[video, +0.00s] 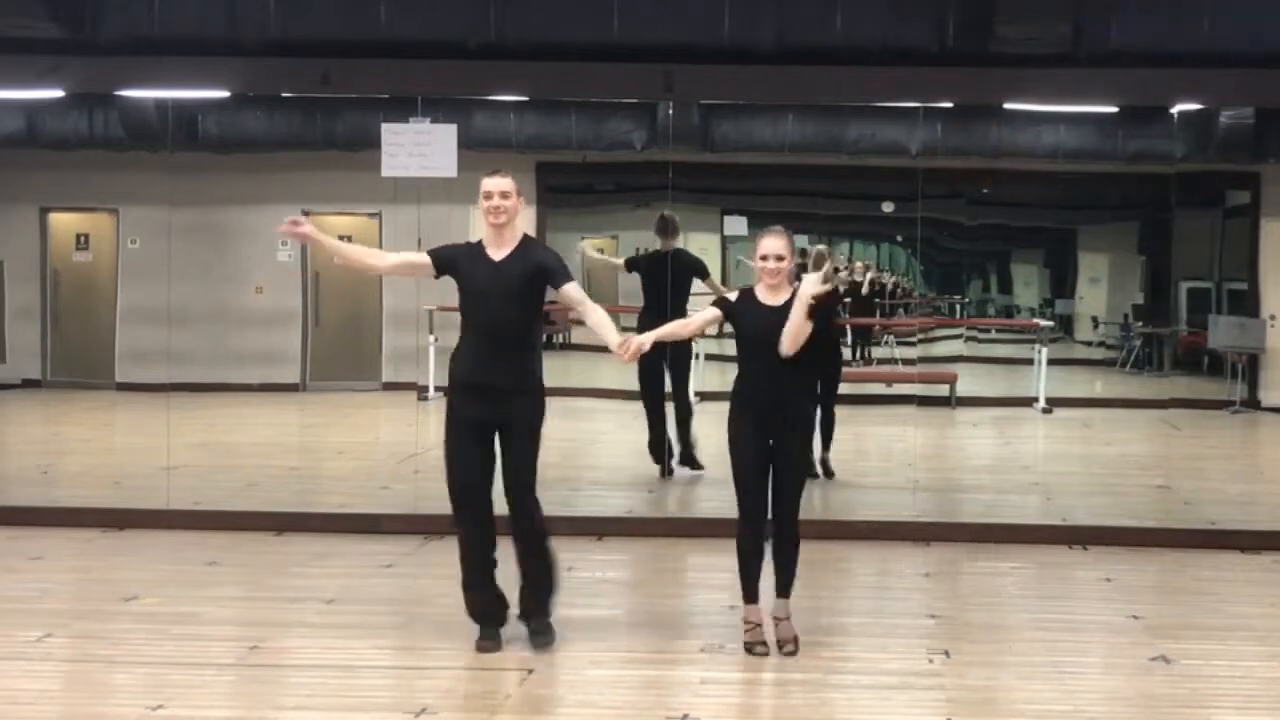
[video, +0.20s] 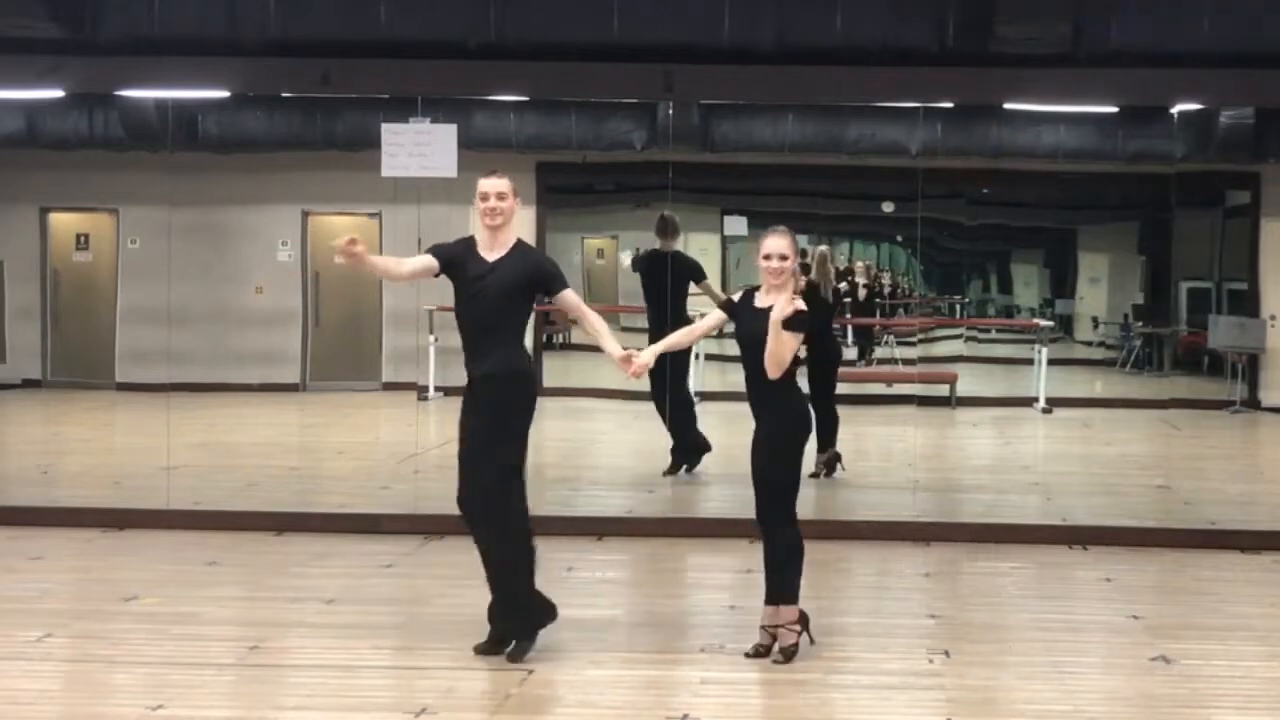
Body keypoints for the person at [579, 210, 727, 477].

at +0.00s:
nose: (668, 237)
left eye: (662, 231)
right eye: (674, 232)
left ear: (656, 233)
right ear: (678, 233)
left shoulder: (646, 260)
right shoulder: (689, 260)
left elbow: (615, 263)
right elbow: (716, 288)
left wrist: (588, 252)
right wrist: (731, 296)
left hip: (650, 337)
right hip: (680, 336)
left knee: (653, 398)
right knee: (681, 395)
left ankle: (662, 458)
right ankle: (687, 453)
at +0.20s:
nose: (667, 238)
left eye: (662, 232)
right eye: (671, 232)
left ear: (656, 233)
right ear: (677, 233)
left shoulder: (645, 259)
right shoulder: (686, 262)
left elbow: (630, 265)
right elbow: (712, 294)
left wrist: (639, 256)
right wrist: (736, 310)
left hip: (656, 334)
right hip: (682, 334)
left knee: (660, 394)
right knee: (679, 390)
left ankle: (692, 443)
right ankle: (684, 447)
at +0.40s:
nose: (678, 243)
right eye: (681, 238)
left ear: (661, 238)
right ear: (681, 239)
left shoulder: (647, 261)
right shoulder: (683, 268)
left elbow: (611, 265)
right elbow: (711, 301)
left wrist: (579, 269)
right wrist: (730, 311)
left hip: (655, 341)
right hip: (677, 343)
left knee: (684, 396)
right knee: (688, 398)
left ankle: (670, 450)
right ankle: (678, 457)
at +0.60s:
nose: (676, 250)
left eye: (669, 246)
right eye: (680, 245)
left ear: (663, 247)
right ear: (685, 247)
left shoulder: (652, 268)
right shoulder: (691, 276)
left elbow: (615, 262)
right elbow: (723, 304)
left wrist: (582, 255)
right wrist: (746, 317)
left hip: (646, 337)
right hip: (668, 340)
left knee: (654, 401)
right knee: (675, 400)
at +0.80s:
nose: (672, 257)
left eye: (668, 253)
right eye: (677, 253)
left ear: (663, 255)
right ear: (685, 256)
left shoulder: (651, 276)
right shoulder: (695, 286)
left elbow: (616, 260)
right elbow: (729, 309)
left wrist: (593, 238)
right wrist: (754, 317)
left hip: (631, 349)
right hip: (659, 354)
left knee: (625, 395)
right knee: (658, 410)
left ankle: (623, 447)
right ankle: (638, 464)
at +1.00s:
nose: (668, 258)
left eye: (665, 255)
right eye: (675, 255)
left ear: (660, 256)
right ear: (683, 257)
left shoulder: (648, 280)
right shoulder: (692, 287)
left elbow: (612, 262)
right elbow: (727, 307)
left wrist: (609, 246)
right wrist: (753, 315)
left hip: (637, 358)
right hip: (666, 363)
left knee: (616, 403)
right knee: (663, 415)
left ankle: (577, 447)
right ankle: (638, 467)